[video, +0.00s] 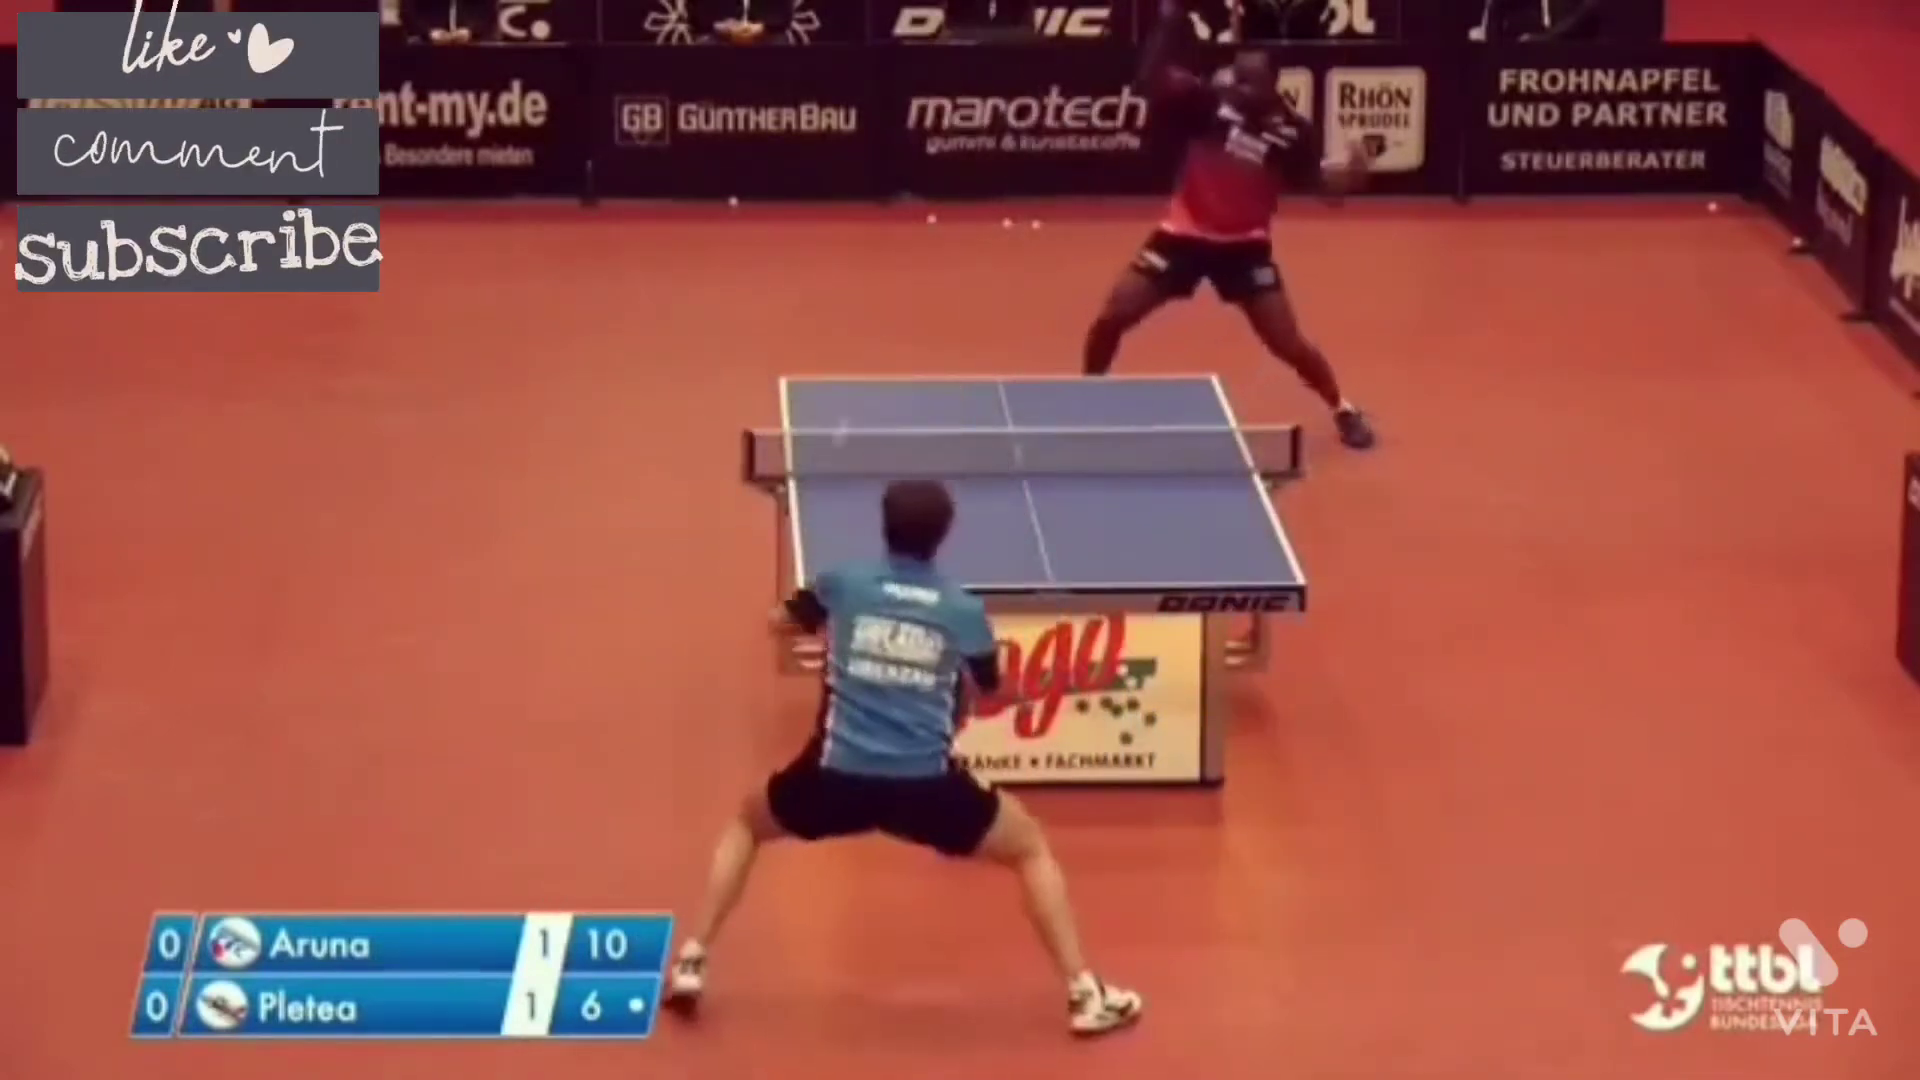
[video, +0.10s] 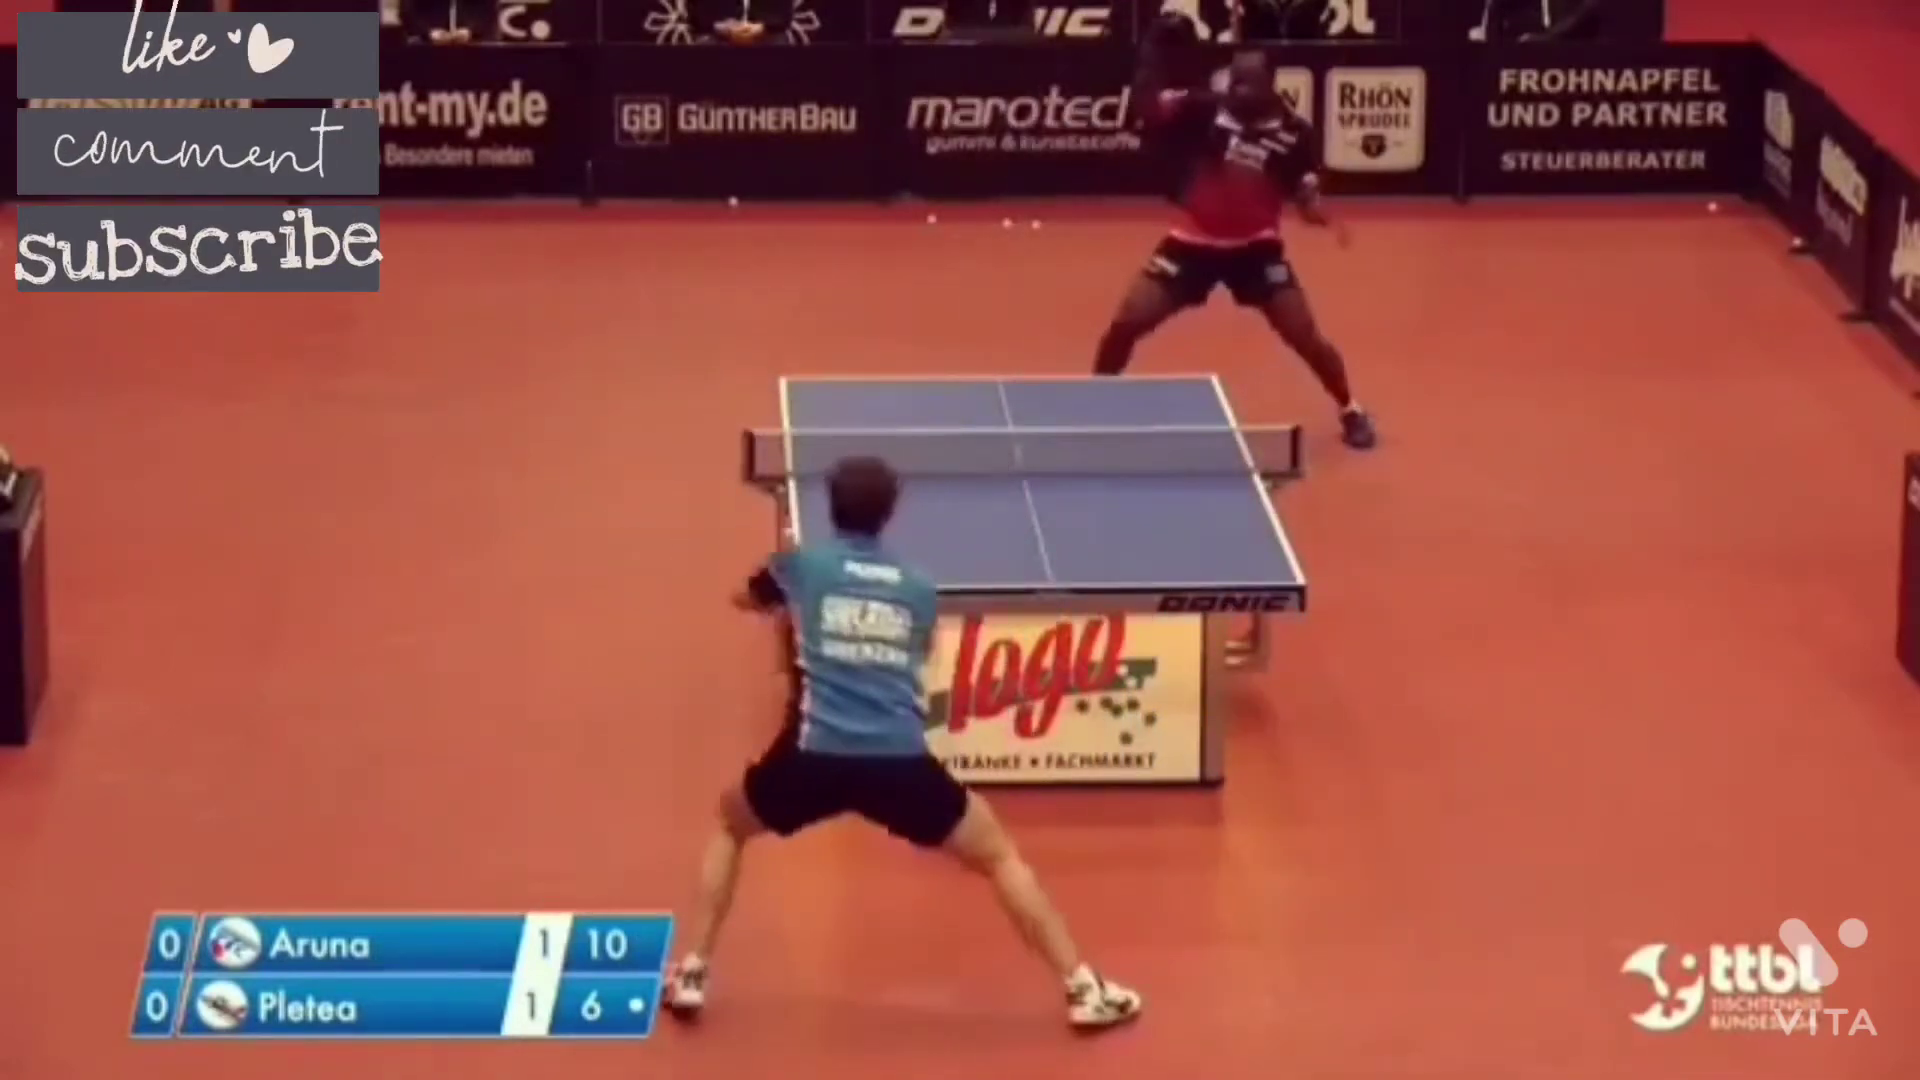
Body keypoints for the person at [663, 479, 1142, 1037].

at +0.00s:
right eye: (937, 521)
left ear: (885, 528)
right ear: (942, 535)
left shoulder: (842, 583)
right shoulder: (962, 610)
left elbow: (788, 620)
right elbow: (989, 696)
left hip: (836, 780)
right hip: (926, 787)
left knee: (749, 826)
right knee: (1030, 850)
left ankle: (692, 957)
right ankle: (1085, 992)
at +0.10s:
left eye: (844, 495)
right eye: (879, 499)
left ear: (832, 509)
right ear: (888, 514)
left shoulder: (803, 566)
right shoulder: (920, 588)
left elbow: (746, 599)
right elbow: (915, 655)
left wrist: (788, 562)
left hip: (814, 762)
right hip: (900, 766)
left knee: (731, 826)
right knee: (999, 860)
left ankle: (692, 969)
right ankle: (1083, 985)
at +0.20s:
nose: (733, 461)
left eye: (738, 453)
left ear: (744, 464)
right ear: (798, 466)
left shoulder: (736, 514)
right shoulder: (824, 527)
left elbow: (690, 532)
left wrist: (739, 514)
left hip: (777, 719)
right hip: (857, 716)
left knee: (718, 828)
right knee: (945, 848)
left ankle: (690, 970)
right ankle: (1034, 967)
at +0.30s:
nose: (684, 437)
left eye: (686, 429)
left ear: (695, 437)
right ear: (752, 430)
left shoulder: (700, 492)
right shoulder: (781, 486)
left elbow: (639, 510)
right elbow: (789, 494)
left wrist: (661, 497)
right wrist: (805, 480)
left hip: (765, 688)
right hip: (842, 678)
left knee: (705, 818)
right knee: (901, 823)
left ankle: (688, 967)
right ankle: (964, 969)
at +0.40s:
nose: (649, 422)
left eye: (647, 412)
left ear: (650, 419)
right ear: (708, 405)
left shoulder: (663, 487)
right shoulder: (761, 454)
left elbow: (577, 543)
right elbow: (813, 449)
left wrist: (601, 508)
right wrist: (839, 407)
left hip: (731, 674)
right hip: (811, 661)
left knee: (668, 817)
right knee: (861, 815)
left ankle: (634, 970)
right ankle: (917, 954)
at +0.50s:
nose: (627, 439)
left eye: (627, 430)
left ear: (629, 442)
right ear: (686, 429)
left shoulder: (637, 512)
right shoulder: (734, 482)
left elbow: (582, 584)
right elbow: (814, 455)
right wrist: (852, 375)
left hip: (687, 705)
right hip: (765, 694)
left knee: (639, 845)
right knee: (828, 829)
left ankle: (627, 990)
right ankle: (898, 956)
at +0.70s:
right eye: (685, 426)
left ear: (628, 440)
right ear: (691, 435)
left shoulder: (612, 519)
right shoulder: (730, 501)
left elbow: (580, 602)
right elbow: (829, 535)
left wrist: (558, 661)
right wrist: (842, 465)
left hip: (653, 715)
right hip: (737, 710)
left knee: (603, 835)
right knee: (794, 834)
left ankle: (614, 981)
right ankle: (821, 984)